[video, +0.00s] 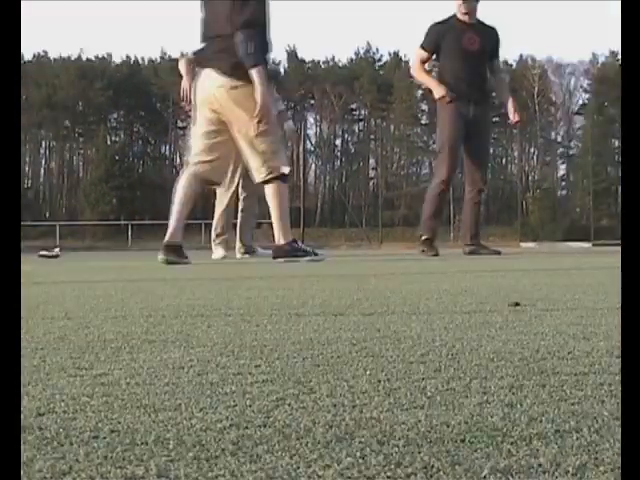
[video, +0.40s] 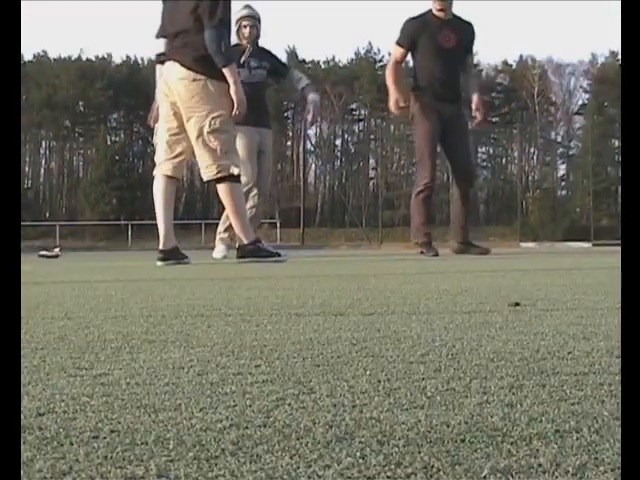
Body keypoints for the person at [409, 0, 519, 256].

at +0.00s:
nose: (465, 5)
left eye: (470, 2)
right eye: (462, 2)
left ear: (477, 3)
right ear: (455, 4)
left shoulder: (490, 34)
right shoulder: (440, 29)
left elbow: (497, 74)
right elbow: (416, 67)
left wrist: (509, 103)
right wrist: (435, 86)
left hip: (480, 108)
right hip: (451, 105)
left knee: (476, 180)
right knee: (444, 173)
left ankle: (471, 242)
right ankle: (427, 237)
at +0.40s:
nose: (441, 2)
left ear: (452, 1)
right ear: (432, 1)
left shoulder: (465, 28)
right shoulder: (415, 25)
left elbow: (469, 69)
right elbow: (394, 63)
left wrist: (475, 96)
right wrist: (393, 92)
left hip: (455, 108)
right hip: (426, 106)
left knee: (465, 175)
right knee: (427, 176)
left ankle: (460, 241)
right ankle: (422, 240)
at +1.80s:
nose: (463, 39)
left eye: (469, 35)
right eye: (460, 31)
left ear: (474, 36)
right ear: (451, 28)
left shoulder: (469, 67)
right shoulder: (425, 50)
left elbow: (459, 107)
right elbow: (396, 91)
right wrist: (406, 126)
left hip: (434, 122)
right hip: (408, 119)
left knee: (461, 170)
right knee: (409, 170)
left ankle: (465, 243)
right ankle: (394, 242)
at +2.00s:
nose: (487, 71)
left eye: (492, 68)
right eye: (484, 64)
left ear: (495, 72)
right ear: (473, 60)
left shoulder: (479, 104)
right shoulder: (453, 75)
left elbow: (469, 130)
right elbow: (423, 68)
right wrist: (410, 60)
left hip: (449, 138)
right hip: (424, 131)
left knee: (479, 175)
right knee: (415, 180)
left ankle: (468, 243)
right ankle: (391, 240)